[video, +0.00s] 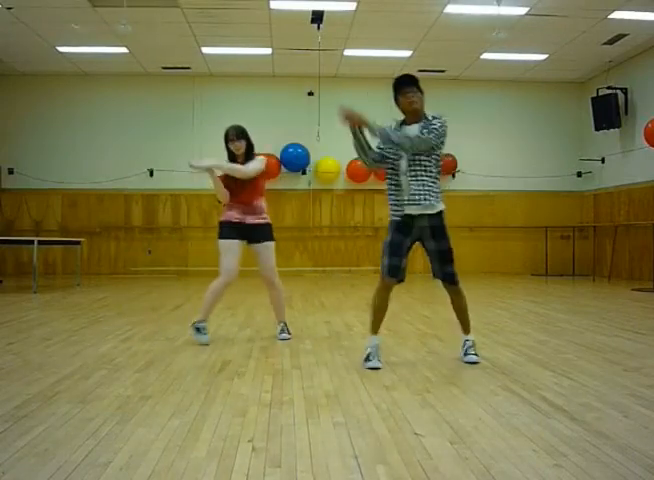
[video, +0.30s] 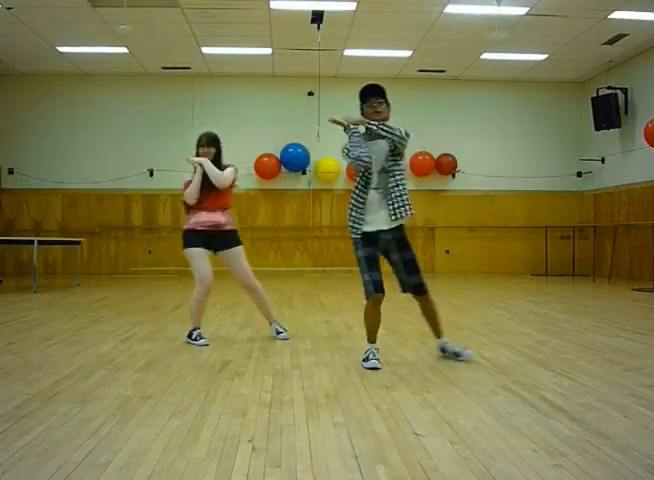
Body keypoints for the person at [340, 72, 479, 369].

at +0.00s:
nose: (412, 98)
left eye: (416, 93)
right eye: (406, 95)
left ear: (423, 97)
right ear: (398, 102)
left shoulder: (437, 124)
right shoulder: (392, 135)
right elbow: (372, 160)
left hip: (432, 215)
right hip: (401, 216)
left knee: (451, 282)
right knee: (386, 281)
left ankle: (468, 340)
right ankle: (372, 344)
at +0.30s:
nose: (377, 110)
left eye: (381, 105)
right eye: (371, 106)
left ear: (389, 108)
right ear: (363, 112)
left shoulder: (398, 136)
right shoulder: (355, 142)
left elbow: (385, 136)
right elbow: (362, 162)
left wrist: (359, 123)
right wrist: (353, 129)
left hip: (392, 226)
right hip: (363, 229)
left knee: (419, 288)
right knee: (375, 294)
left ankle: (442, 343)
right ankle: (370, 348)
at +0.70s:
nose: (341, 110)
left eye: (346, 107)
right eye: (337, 104)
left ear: (349, 109)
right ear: (324, 102)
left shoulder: (344, 138)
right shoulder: (306, 129)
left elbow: (362, 162)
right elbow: (342, 135)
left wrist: (376, 136)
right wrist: (382, 118)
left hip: (343, 217)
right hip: (318, 217)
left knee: (335, 286)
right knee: (341, 284)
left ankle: (293, 332)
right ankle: (364, 344)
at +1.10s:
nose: (298, 109)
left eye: (301, 104)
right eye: (292, 105)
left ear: (306, 108)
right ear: (280, 109)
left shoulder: (314, 143)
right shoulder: (270, 140)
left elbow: (309, 181)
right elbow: (249, 184)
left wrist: (277, 156)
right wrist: (255, 153)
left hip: (295, 228)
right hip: (266, 223)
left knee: (299, 297)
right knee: (243, 290)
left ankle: (277, 338)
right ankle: (218, 347)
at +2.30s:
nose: (406, 104)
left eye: (408, 98)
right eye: (398, 101)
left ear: (415, 101)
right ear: (389, 108)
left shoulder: (431, 134)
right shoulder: (390, 144)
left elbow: (455, 164)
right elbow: (422, 175)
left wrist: (486, 177)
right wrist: (473, 190)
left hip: (445, 218)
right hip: (418, 222)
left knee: (460, 288)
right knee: (416, 294)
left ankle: (463, 348)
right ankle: (378, 330)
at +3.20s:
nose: (405, 96)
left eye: (410, 91)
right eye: (400, 93)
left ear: (421, 96)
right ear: (395, 99)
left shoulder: (429, 122)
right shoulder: (409, 133)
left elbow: (457, 162)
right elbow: (417, 173)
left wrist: (429, 197)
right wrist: (401, 204)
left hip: (418, 219)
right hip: (399, 220)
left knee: (410, 290)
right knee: (380, 283)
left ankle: (462, 339)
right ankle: (417, 340)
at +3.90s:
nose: (362, 106)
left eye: (367, 100)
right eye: (361, 100)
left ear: (385, 100)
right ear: (372, 102)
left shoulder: (391, 135)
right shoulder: (388, 134)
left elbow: (399, 179)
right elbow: (394, 178)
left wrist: (368, 167)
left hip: (375, 223)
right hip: (384, 224)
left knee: (328, 277)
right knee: (370, 289)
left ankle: (327, 345)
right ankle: (403, 350)